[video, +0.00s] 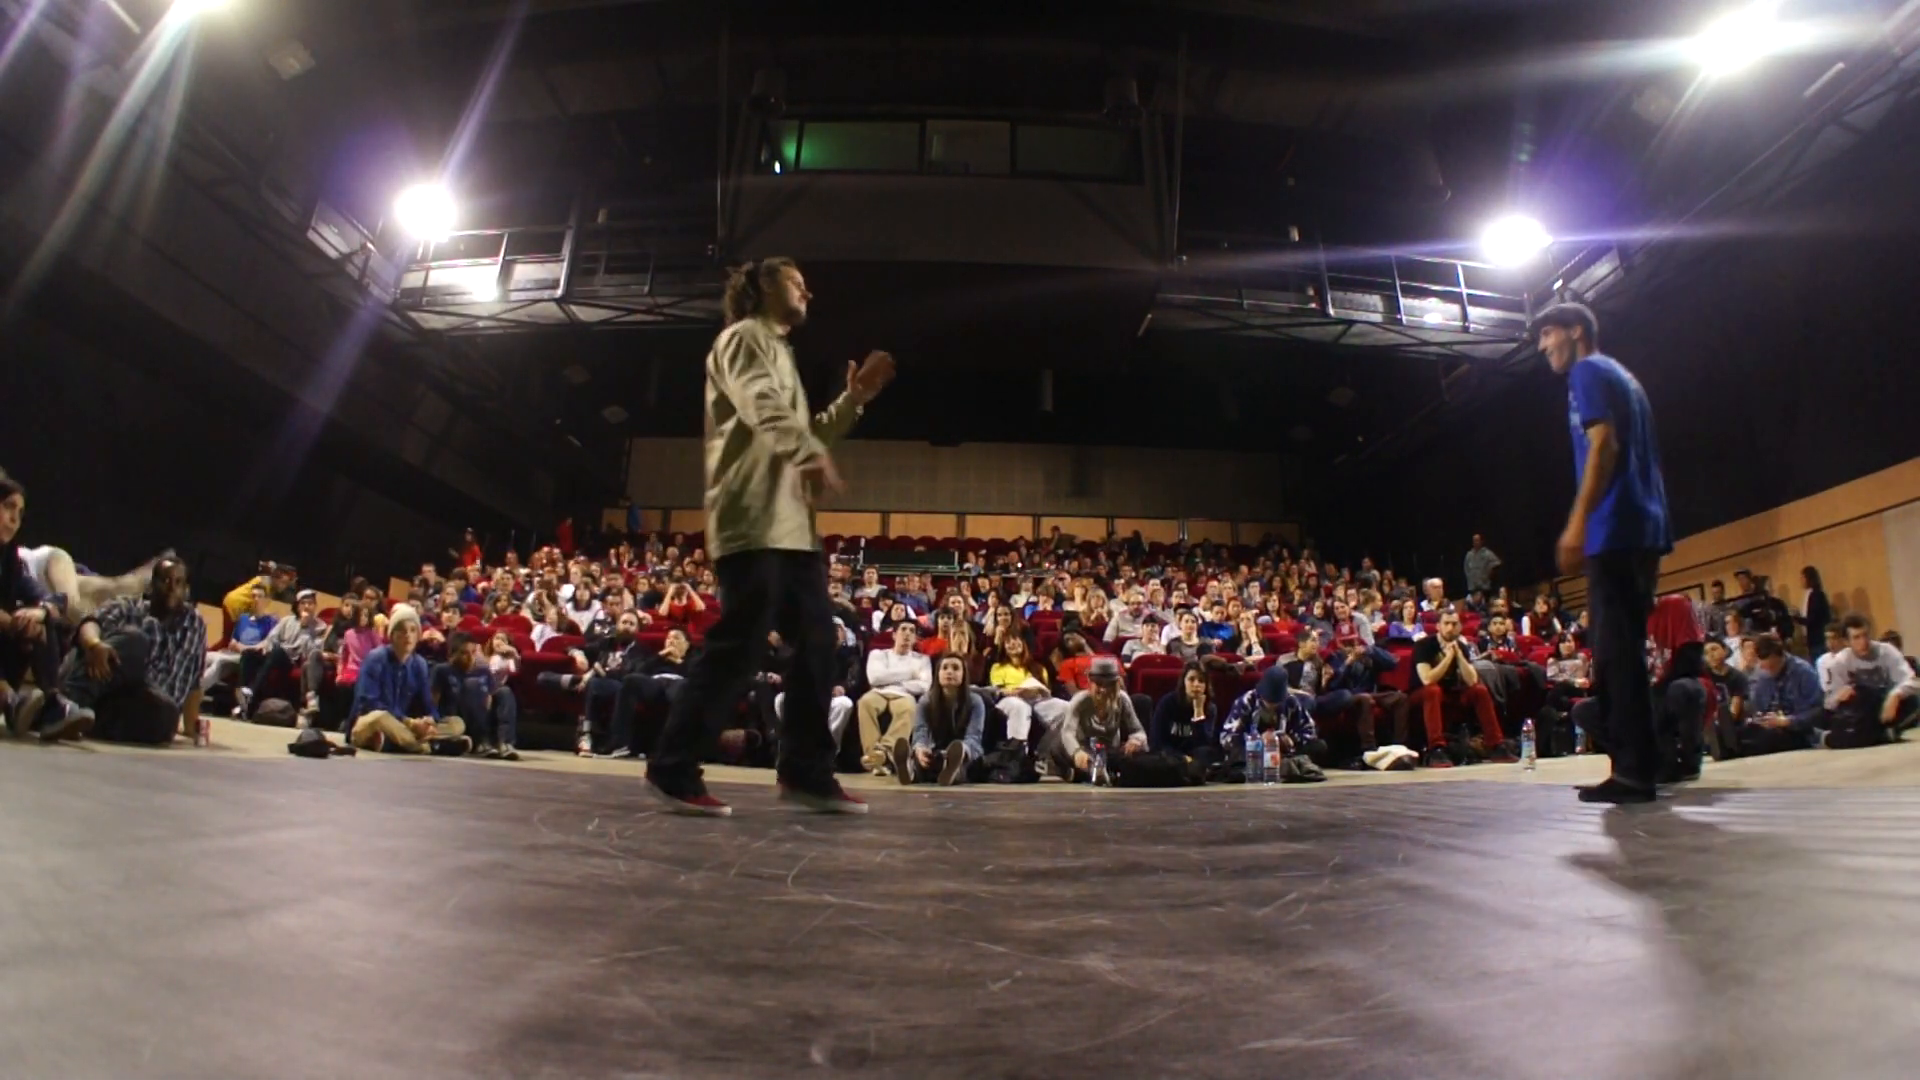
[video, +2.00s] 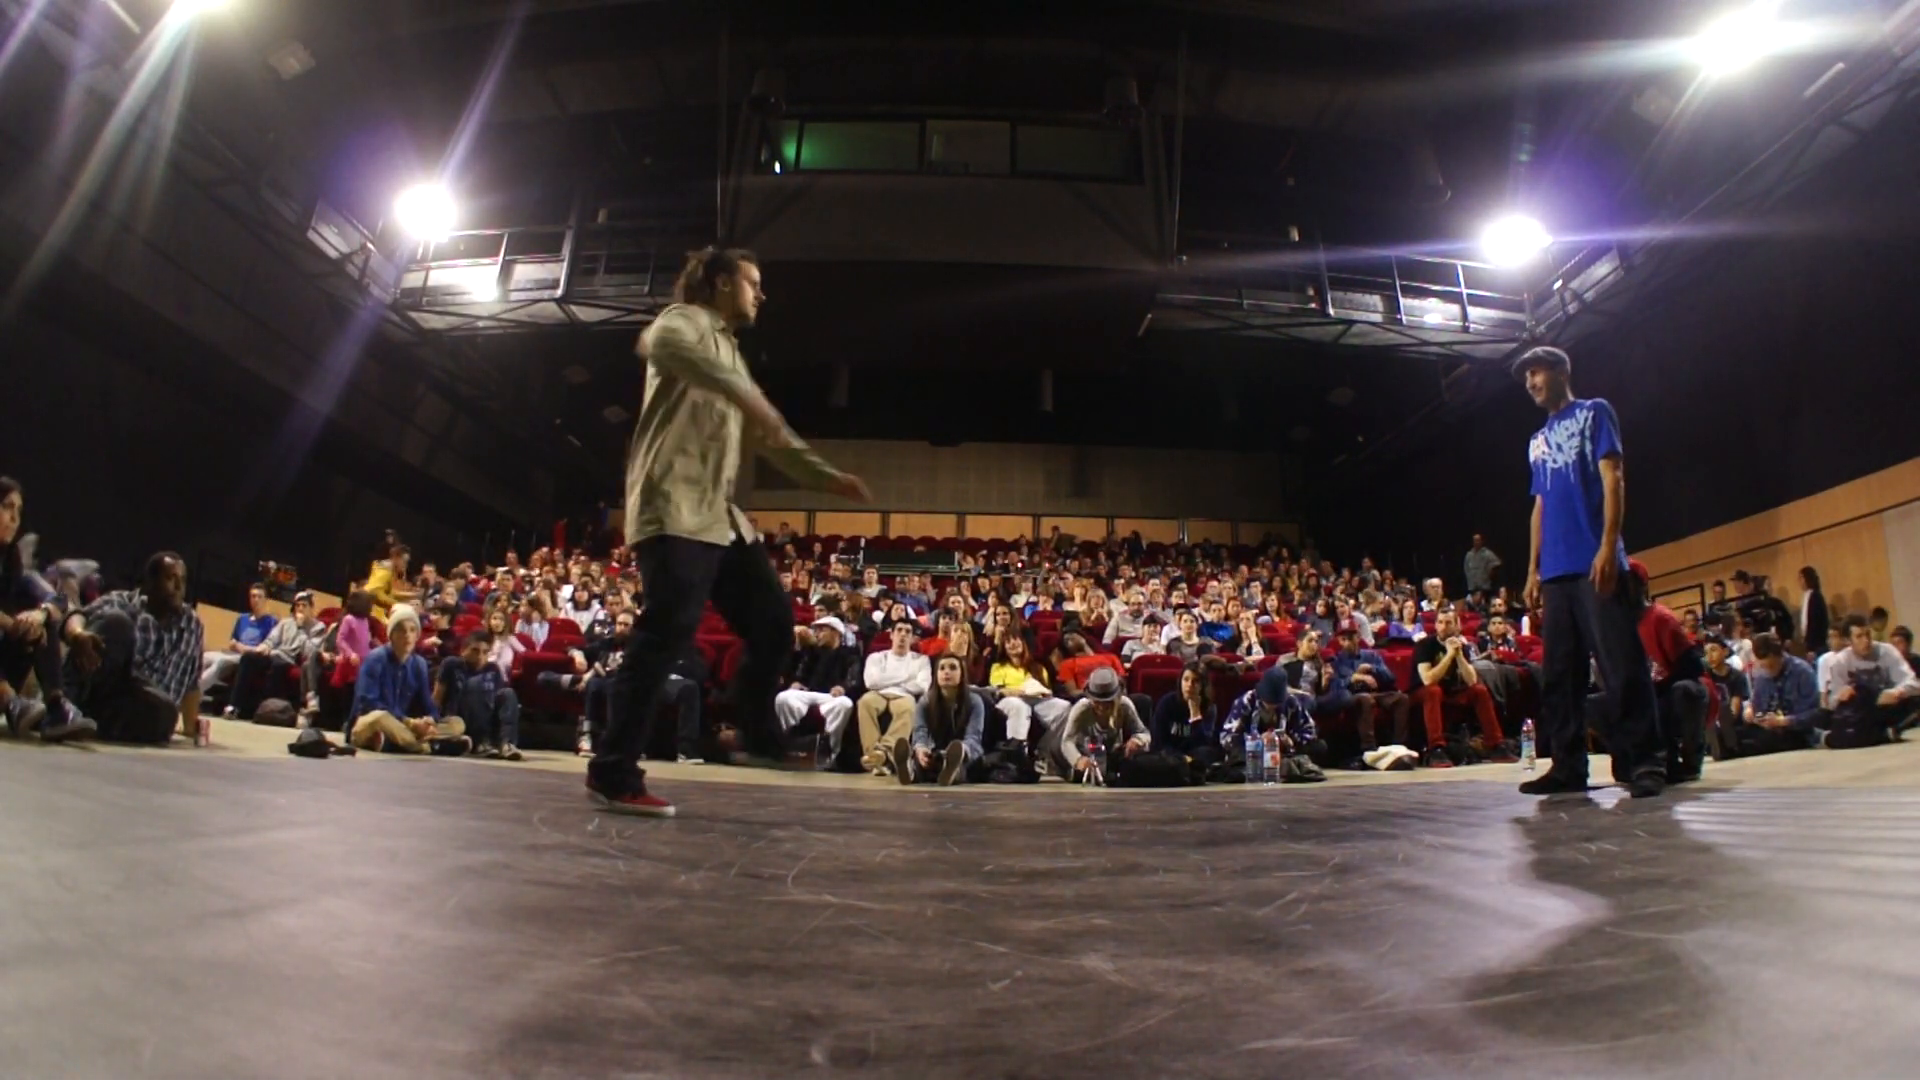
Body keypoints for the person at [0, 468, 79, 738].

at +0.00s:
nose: (14, 519)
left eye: (19, 513)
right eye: (9, 508)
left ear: (21, 519)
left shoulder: (12, 557)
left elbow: (51, 603)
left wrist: (40, 611)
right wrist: (11, 621)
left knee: (41, 623)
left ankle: (53, 704)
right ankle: (9, 701)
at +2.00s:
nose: (13, 517)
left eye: (17, 510)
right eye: (7, 507)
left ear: (21, 515)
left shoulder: (14, 570)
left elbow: (58, 605)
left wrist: (41, 613)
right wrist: (12, 624)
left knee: (43, 624)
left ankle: (57, 706)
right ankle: (11, 702)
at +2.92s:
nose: (13, 515)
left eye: (17, 508)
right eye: (6, 506)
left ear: (20, 515)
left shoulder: (11, 566)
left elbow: (57, 606)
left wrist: (43, 614)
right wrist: (15, 624)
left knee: (43, 624)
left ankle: (58, 710)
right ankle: (12, 704)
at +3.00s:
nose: (14, 516)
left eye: (17, 508)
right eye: (7, 506)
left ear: (20, 515)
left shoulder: (11, 567)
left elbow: (59, 608)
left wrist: (43, 614)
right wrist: (12, 622)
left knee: (43, 624)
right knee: (16, 628)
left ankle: (58, 709)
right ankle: (11, 703)